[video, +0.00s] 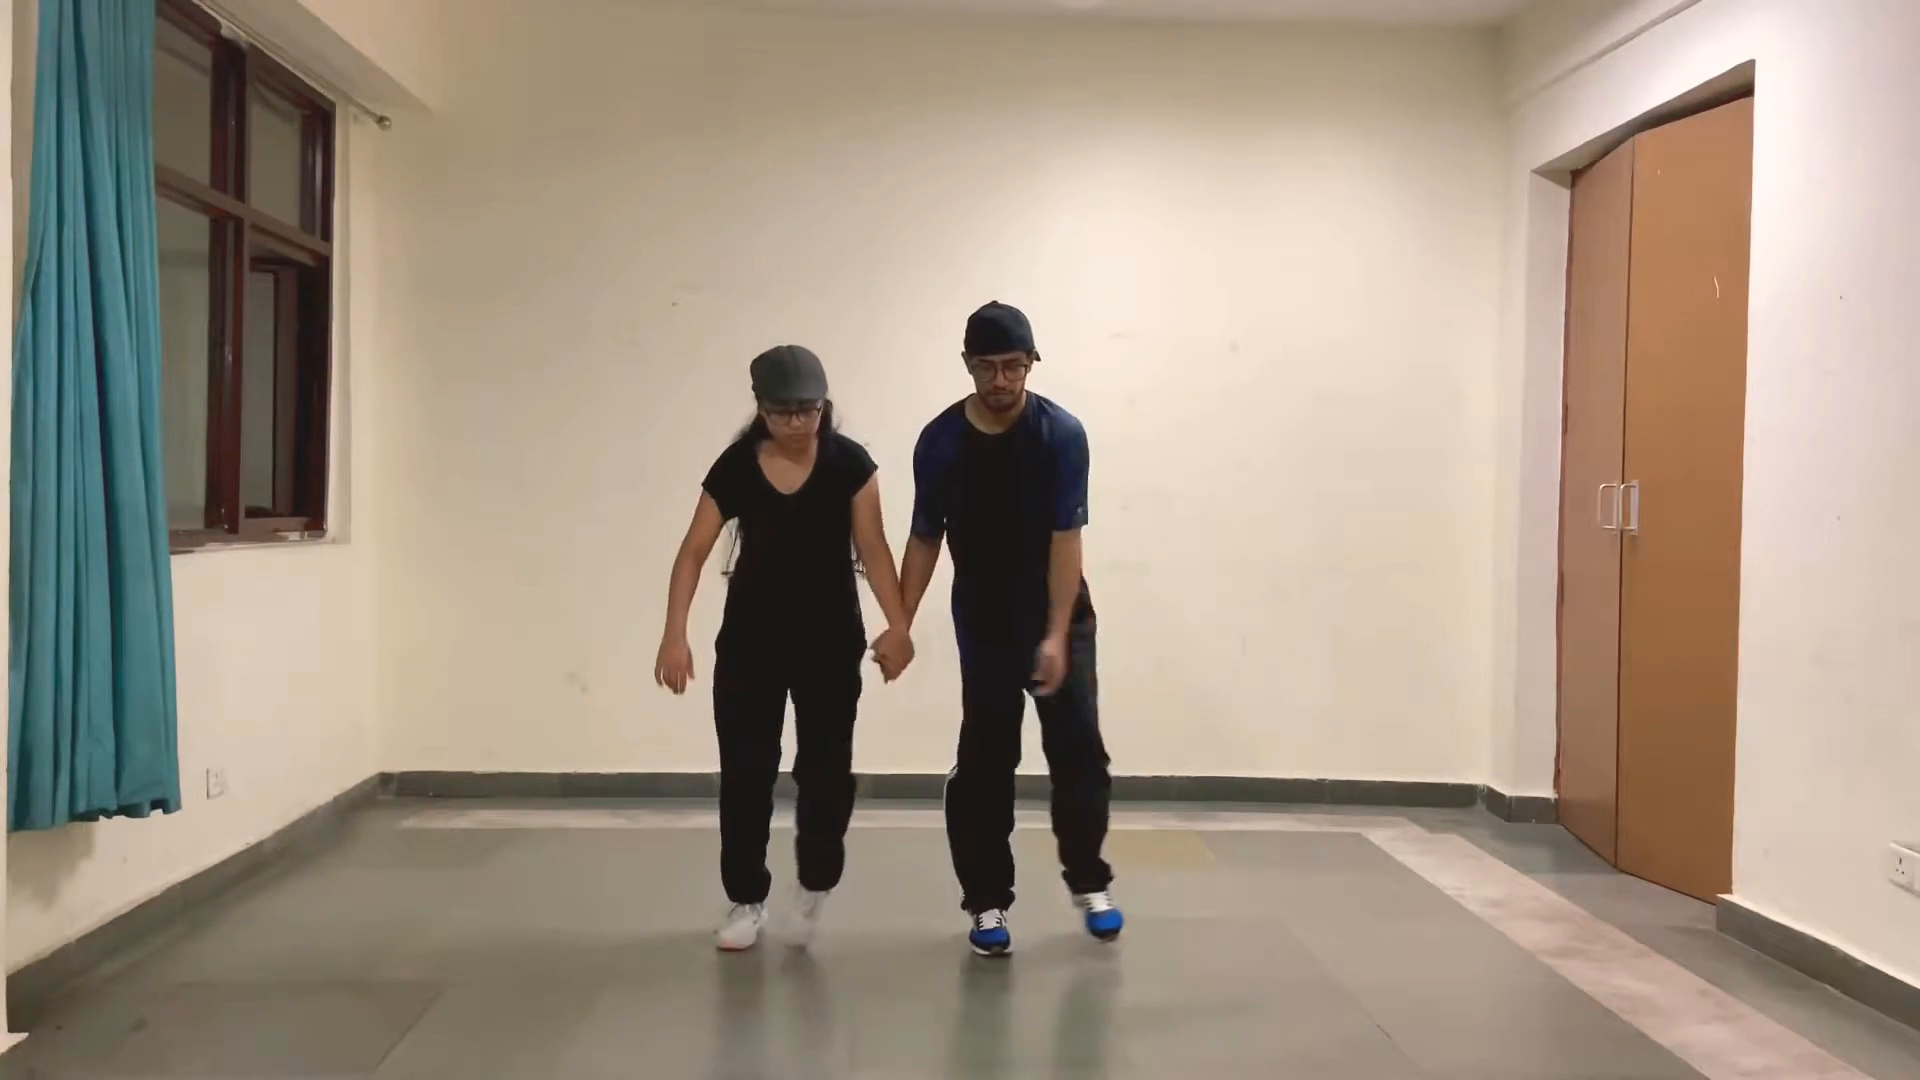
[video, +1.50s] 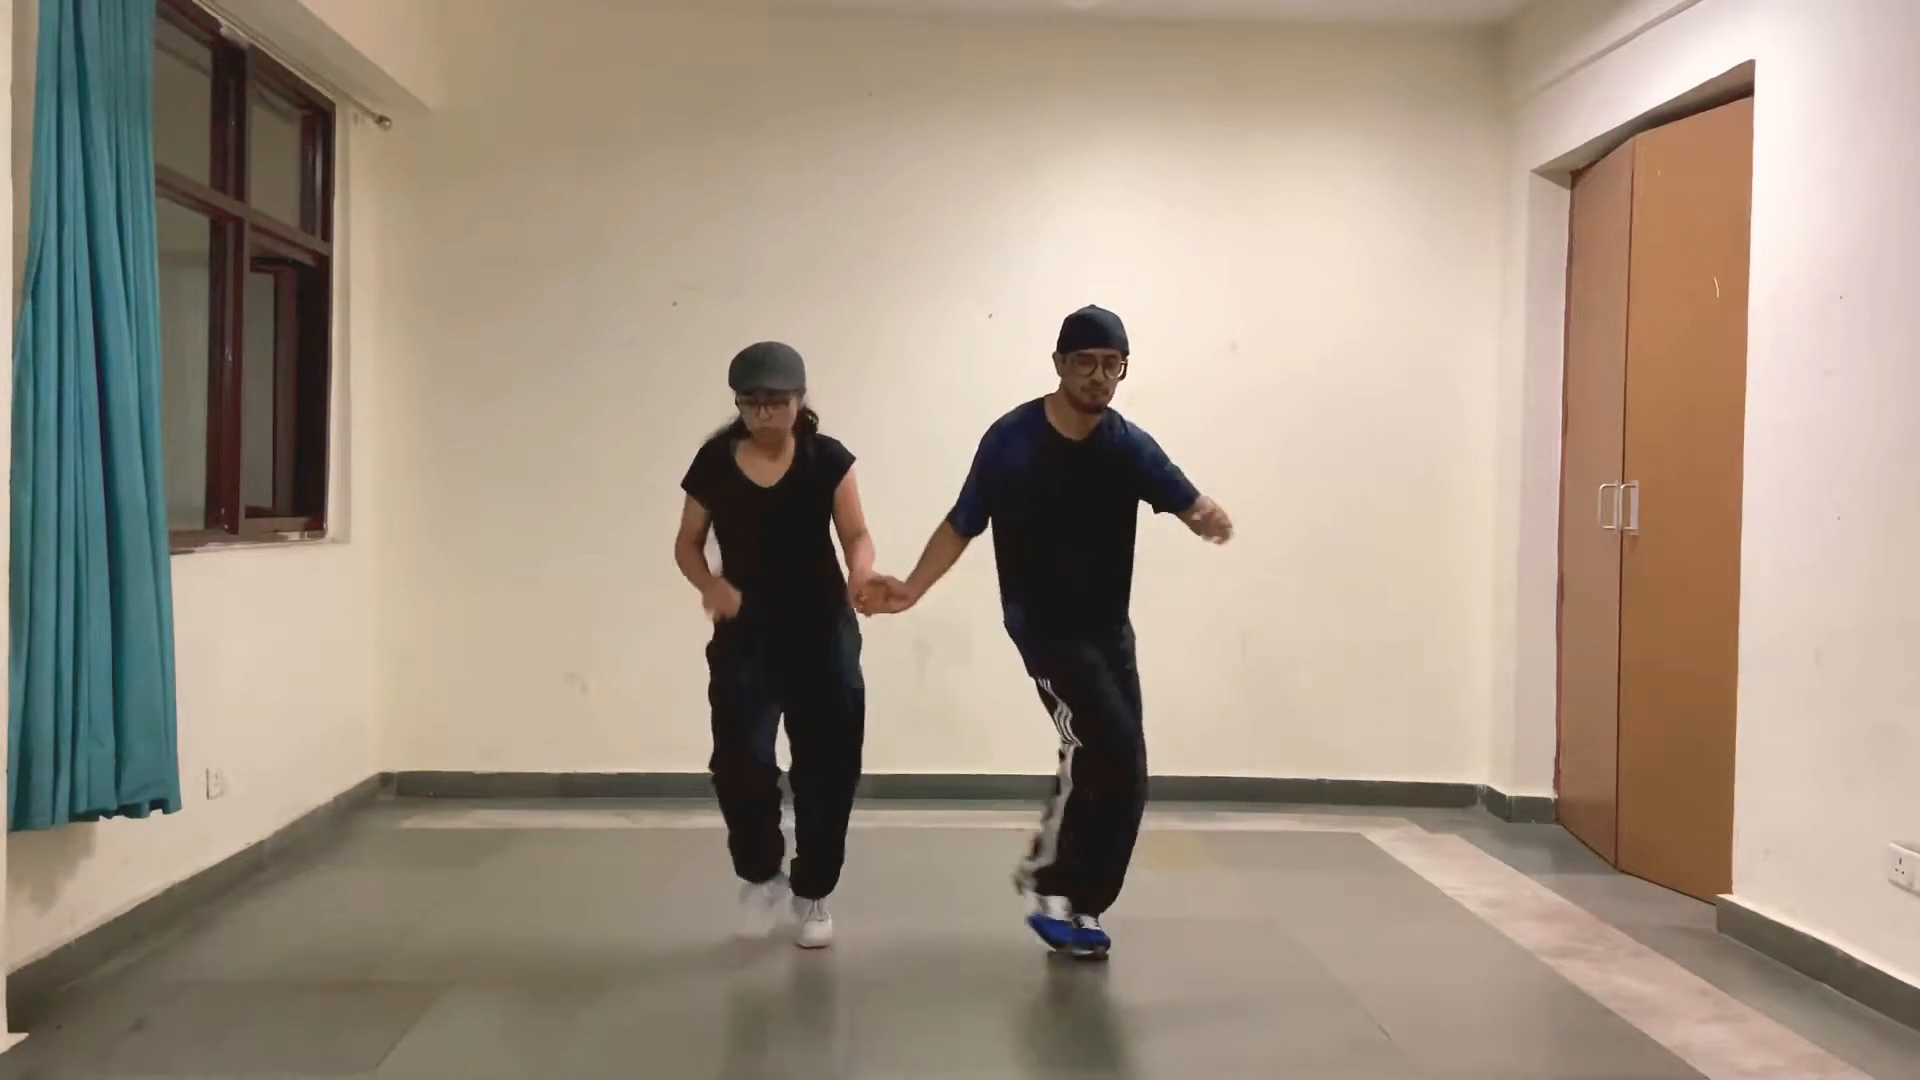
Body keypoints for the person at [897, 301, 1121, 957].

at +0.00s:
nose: (1001, 379)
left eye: (1013, 366)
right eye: (987, 366)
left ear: (1031, 364)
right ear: (969, 368)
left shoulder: (1061, 435)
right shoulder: (940, 442)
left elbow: (1066, 543)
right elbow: (923, 539)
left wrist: (1058, 633)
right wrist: (899, 626)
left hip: (1059, 611)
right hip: (985, 617)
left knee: (1078, 748)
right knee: (987, 756)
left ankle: (1089, 879)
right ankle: (987, 901)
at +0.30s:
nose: (1025, 384)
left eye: (1038, 372)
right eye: (1013, 371)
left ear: (1056, 373)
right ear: (994, 370)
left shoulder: (1080, 441)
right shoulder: (963, 438)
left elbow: (1087, 551)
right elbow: (947, 518)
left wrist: (989, 591)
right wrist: (972, 595)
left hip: (1102, 621)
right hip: (1029, 629)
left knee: (1149, 762)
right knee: (1042, 771)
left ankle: (1179, 905)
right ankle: (1005, 900)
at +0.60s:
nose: (1035, 365)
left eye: (1048, 352)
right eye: (1022, 353)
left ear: (1069, 351)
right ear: (1006, 356)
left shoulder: (1111, 427)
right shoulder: (987, 426)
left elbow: (1159, 511)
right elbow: (958, 513)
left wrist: (1147, 552)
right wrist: (921, 572)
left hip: (1062, 609)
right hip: (988, 603)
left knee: (1039, 761)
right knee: (976, 757)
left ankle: (1090, 896)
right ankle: (984, 899)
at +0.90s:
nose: (1059, 371)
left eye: (1071, 358)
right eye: (1046, 359)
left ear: (1091, 360)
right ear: (1027, 362)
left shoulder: (1126, 436)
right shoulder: (1003, 445)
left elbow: (1161, 532)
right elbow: (1002, 543)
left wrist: (1201, 630)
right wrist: (970, 628)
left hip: (1114, 636)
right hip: (1037, 635)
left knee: (1111, 777)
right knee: (1030, 767)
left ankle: (1089, 900)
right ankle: (1013, 890)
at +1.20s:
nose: (1072, 396)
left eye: (1085, 384)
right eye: (1059, 383)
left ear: (1103, 389)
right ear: (1038, 387)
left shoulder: (1145, 451)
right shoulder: (1022, 475)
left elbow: (1207, 505)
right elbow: (1030, 557)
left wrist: (1256, 582)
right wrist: (980, 609)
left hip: (1167, 660)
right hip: (1092, 673)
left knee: (1189, 805)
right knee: (1162, 809)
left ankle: (1090, 895)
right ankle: (1225, 952)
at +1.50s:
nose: (1099, 377)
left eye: (1111, 366)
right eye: (1085, 364)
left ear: (1123, 372)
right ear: (1059, 364)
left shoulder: (1128, 444)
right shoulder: (1011, 441)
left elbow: (1186, 500)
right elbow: (961, 523)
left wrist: (1211, 520)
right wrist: (909, 591)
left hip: (1110, 625)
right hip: (1043, 624)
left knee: (1126, 765)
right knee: (1107, 744)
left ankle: (1081, 904)